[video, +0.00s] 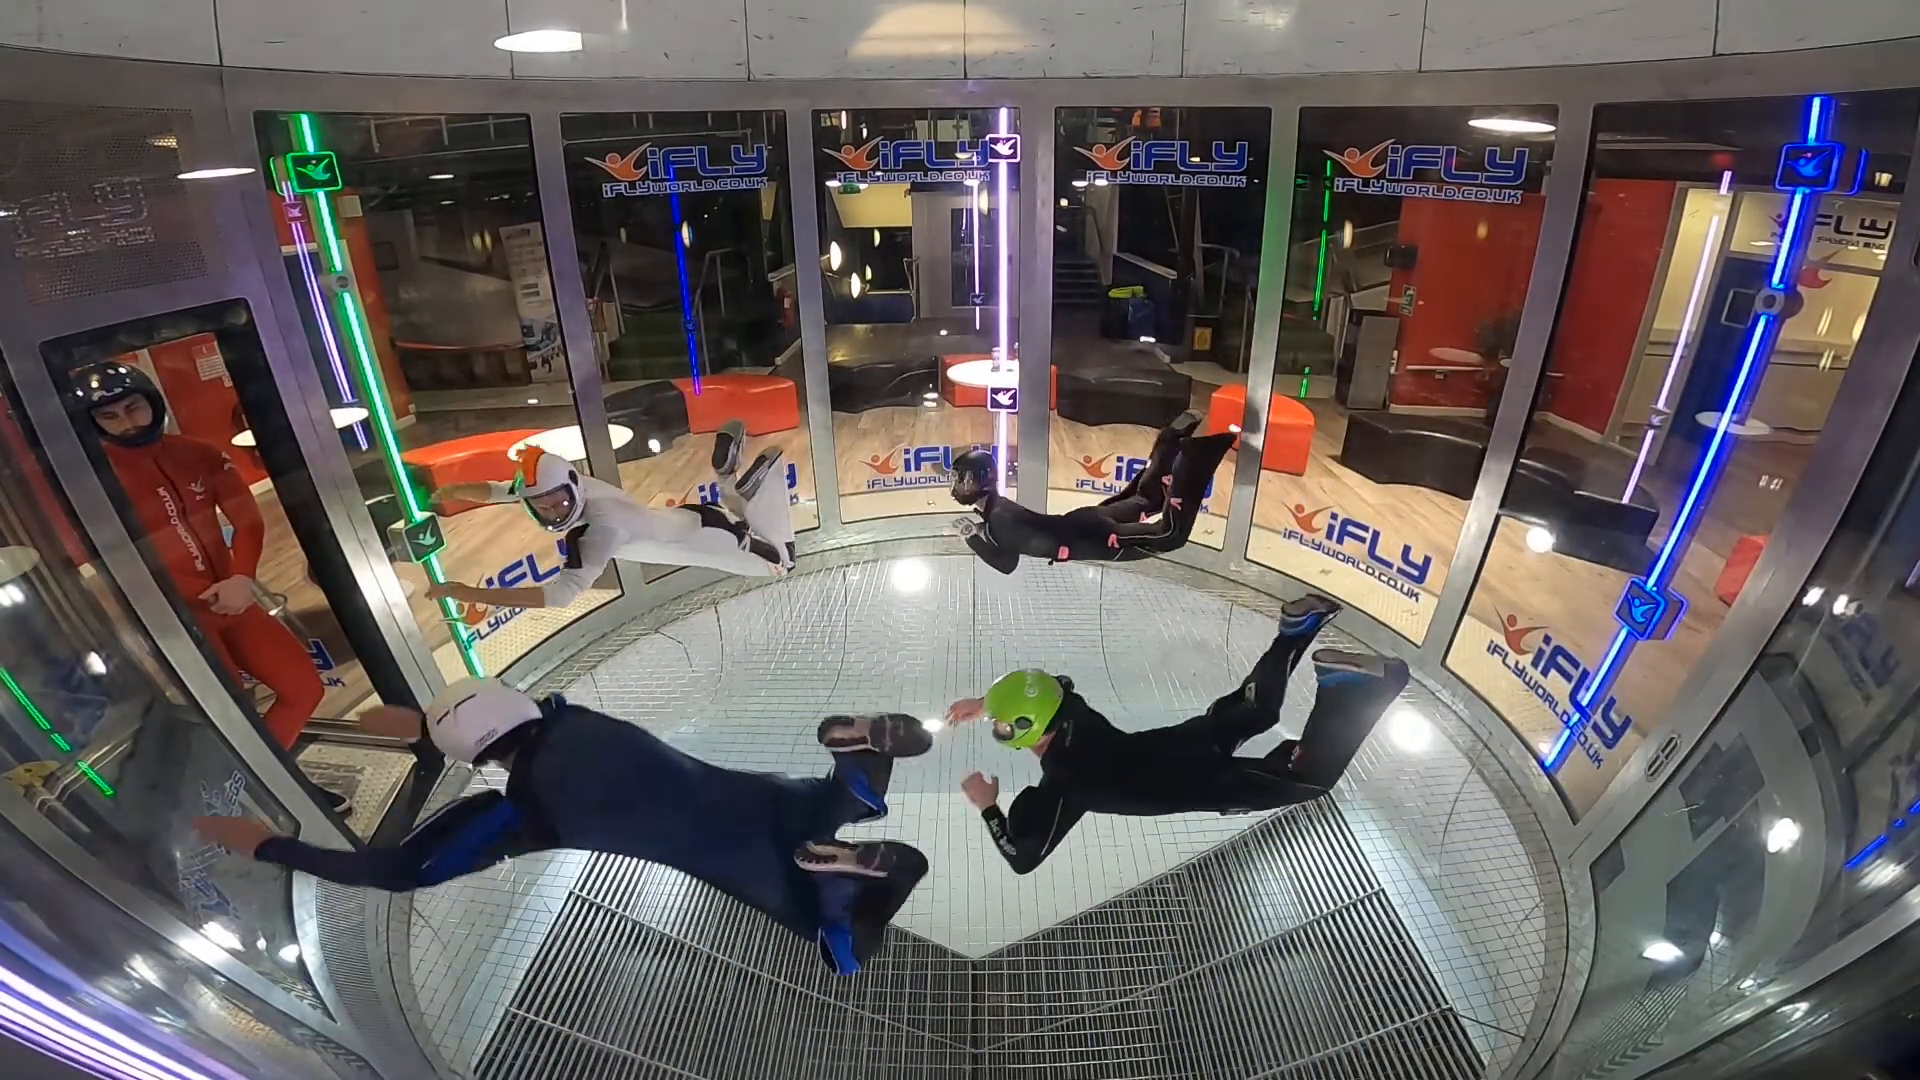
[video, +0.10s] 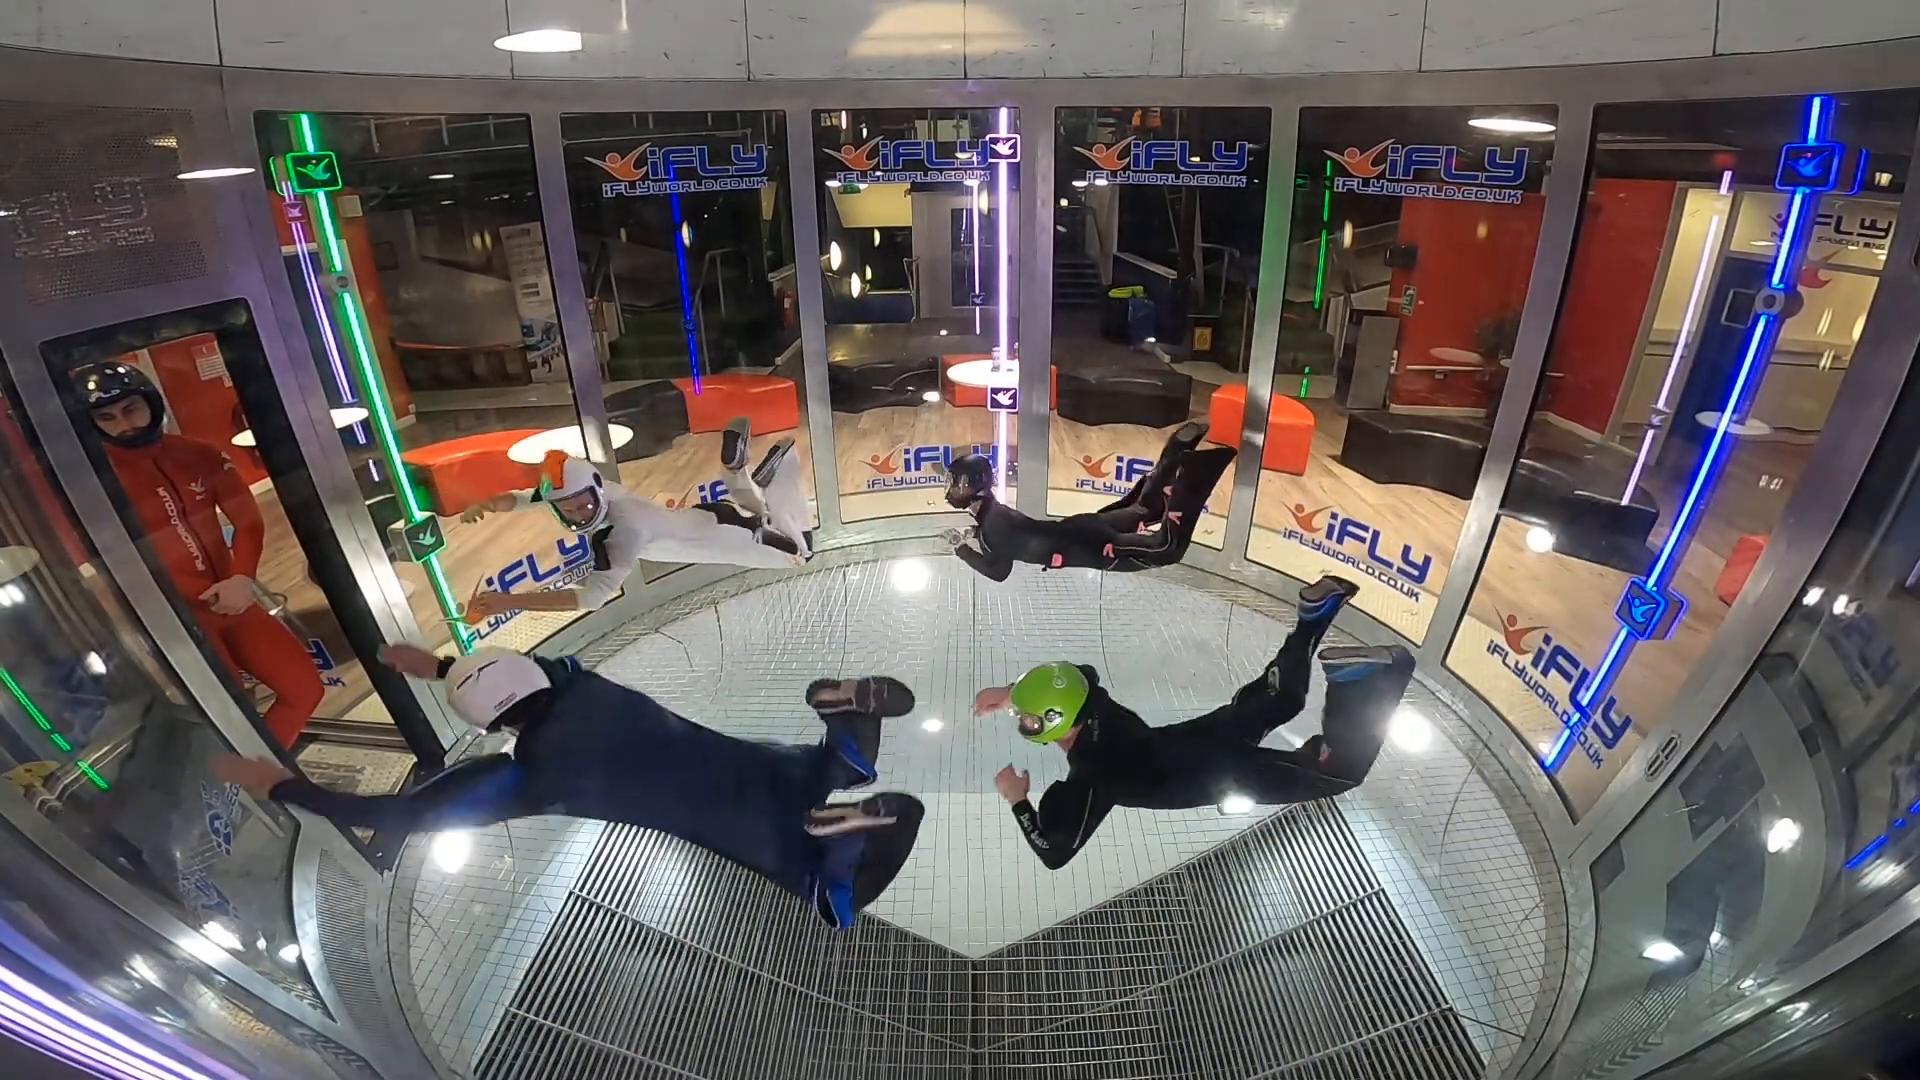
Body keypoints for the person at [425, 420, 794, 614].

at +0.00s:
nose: (551, 512)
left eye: (557, 502)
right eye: (542, 506)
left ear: (574, 490)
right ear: (532, 501)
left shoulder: (602, 527)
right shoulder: (558, 487)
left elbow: (559, 596)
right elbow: (497, 493)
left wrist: (474, 594)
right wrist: (448, 496)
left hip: (705, 537)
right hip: (684, 527)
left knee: (778, 556)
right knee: (749, 544)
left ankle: (763, 477)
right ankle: (731, 475)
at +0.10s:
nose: (577, 512)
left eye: (582, 502)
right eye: (567, 507)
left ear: (597, 492)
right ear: (555, 503)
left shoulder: (626, 528)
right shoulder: (576, 493)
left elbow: (589, 598)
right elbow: (522, 501)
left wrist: (506, 603)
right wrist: (483, 506)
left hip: (723, 534)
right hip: (696, 523)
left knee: (799, 548)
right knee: (746, 522)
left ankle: (784, 473)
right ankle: (741, 472)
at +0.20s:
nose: (602, 515)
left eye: (607, 506)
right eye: (594, 509)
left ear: (621, 495)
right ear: (587, 504)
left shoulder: (651, 528)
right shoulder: (598, 495)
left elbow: (632, 597)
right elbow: (552, 504)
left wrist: (553, 589)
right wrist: (516, 523)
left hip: (747, 535)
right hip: (723, 531)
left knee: (817, 541)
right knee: (765, 517)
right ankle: (755, 462)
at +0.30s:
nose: (632, 516)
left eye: (635, 505)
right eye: (622, 511)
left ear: (649, 492)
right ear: (611, 509)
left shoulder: (679, 525)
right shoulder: (631, 498)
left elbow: (666, 592)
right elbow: (592, 509)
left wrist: (600, 575)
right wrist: (558, 532)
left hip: (771, 537)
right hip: (748, 523)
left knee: (840, 534)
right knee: (789, 511)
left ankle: (841, 449)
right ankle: (785, 452)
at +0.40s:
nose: (658, 513)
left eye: (662, 505)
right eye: (652, 508)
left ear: (677, 493)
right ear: (647, 504)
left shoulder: (709, 519)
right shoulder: (665, 497)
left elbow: (700, 585)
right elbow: (623, 514)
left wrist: (642, 563)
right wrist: (593, 530)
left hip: (785, 533)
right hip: (759, 524)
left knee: (840, 533)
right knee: (809, 522)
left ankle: (891, 527)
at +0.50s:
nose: (692, 511)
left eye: (696, 502)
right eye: (685, 506)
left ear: (709, 491)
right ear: (679, 504)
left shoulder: (740, 515)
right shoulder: (701, 500)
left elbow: (736, 582)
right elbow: (653, 515)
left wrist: (670, 553)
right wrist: (633, 534)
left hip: (815, 530)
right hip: (795, 517)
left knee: (873, 527)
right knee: (854, 518)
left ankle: (908, 522)